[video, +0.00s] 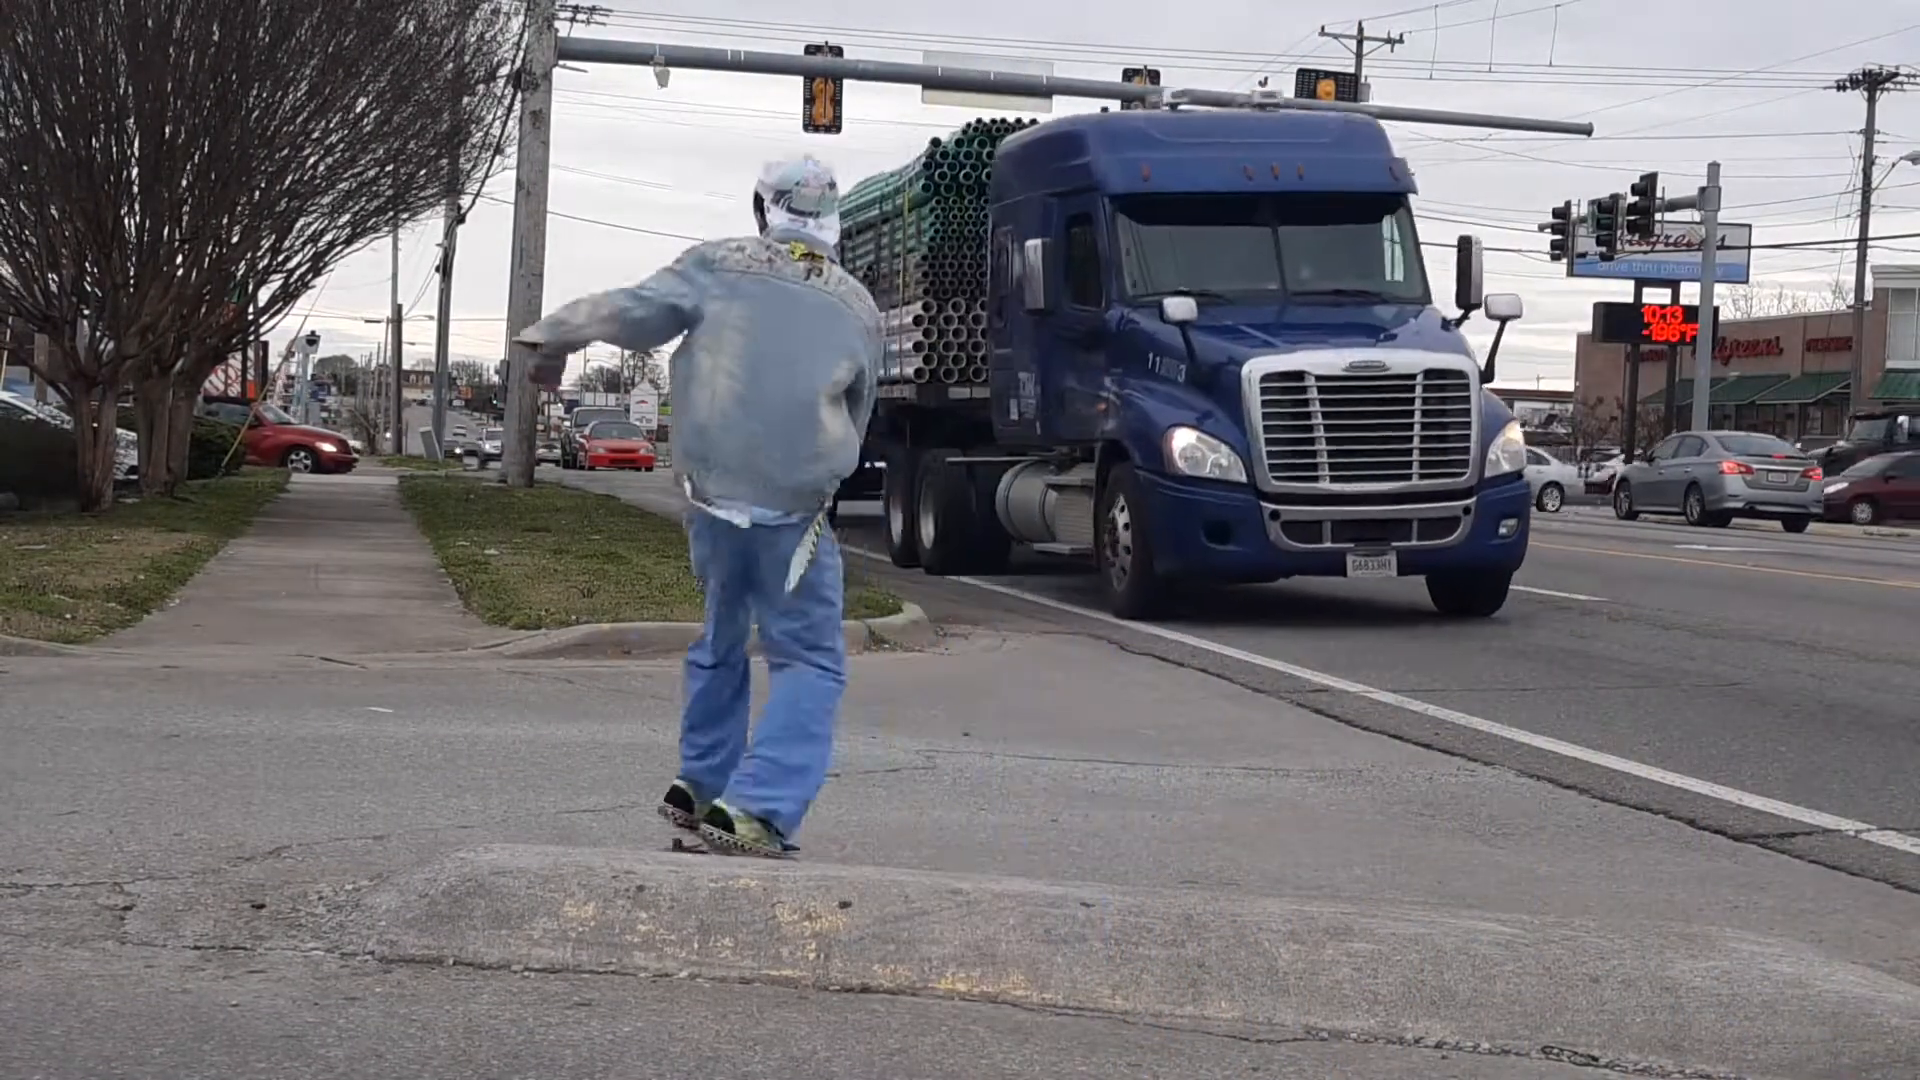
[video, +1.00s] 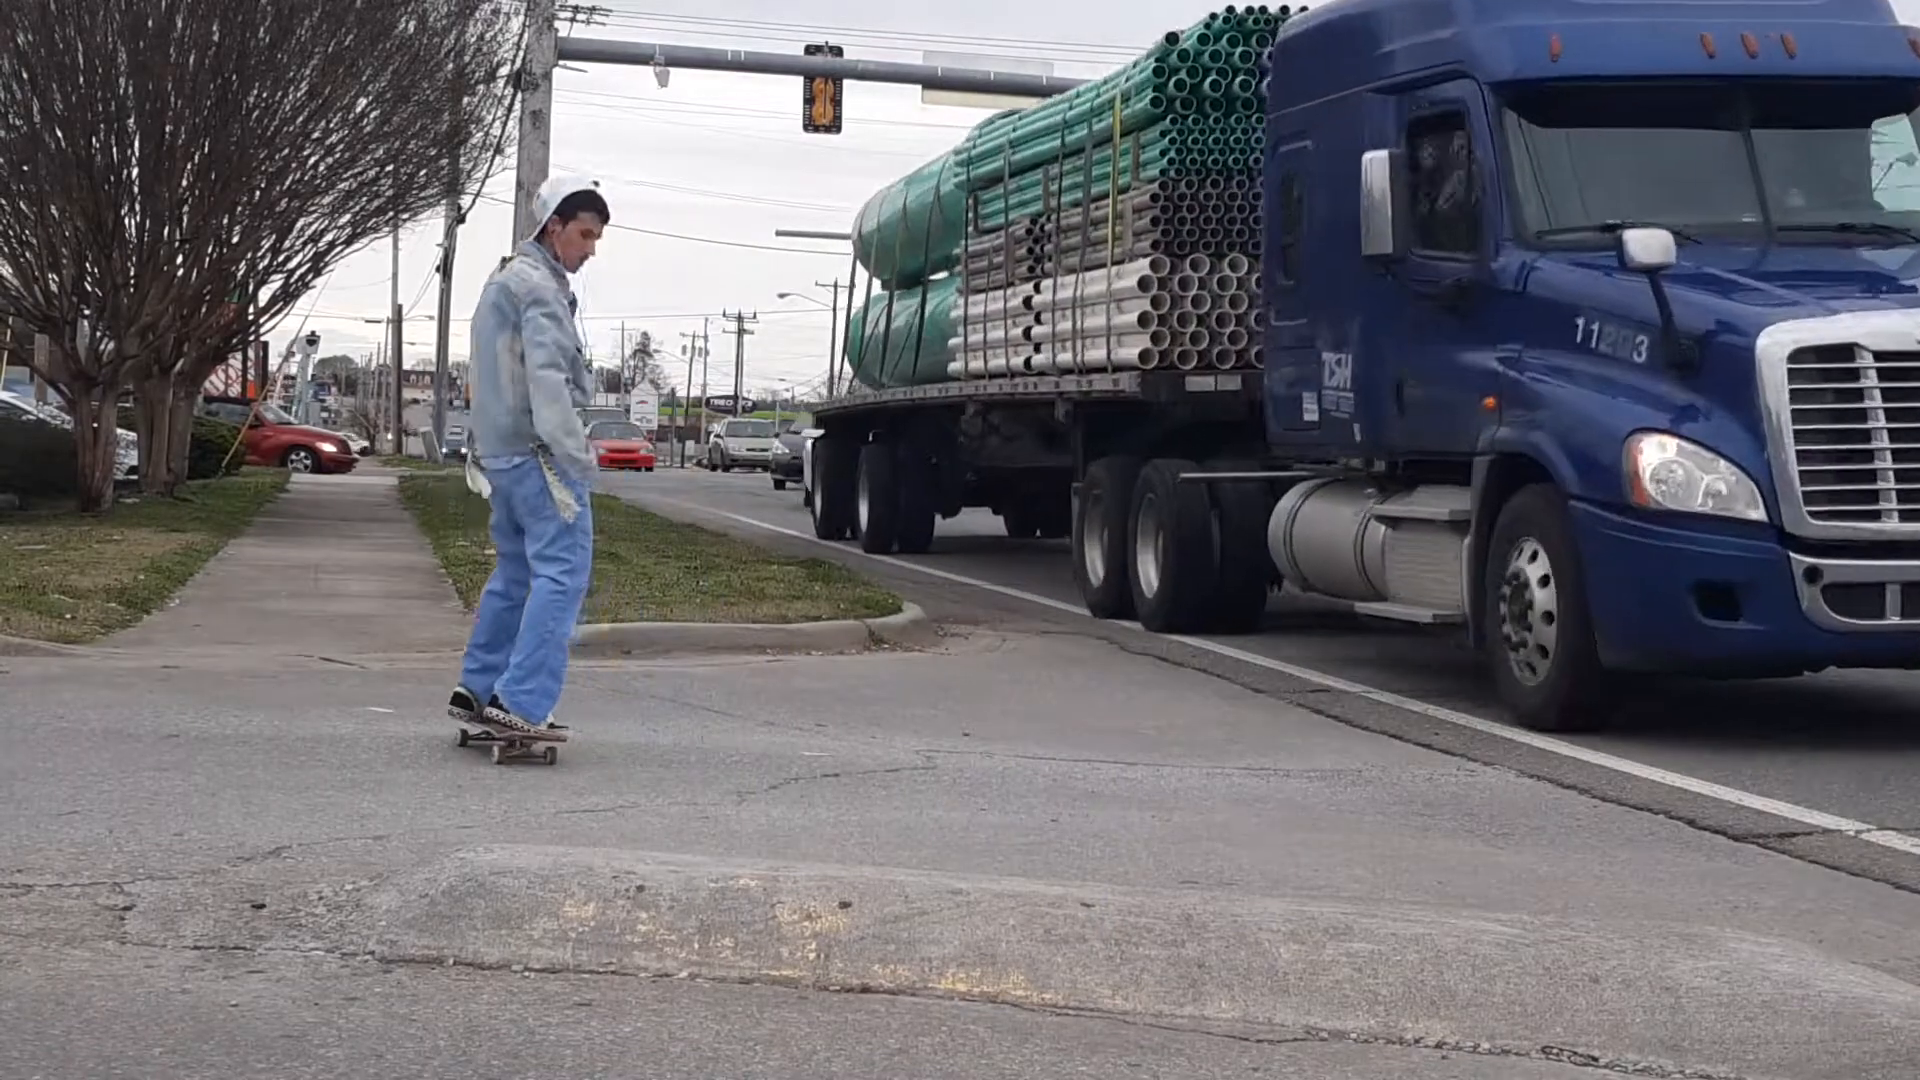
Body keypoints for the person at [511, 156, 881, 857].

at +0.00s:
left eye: (774, 208)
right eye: (825, 215)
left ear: (763, 210)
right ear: (833, 219)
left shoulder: (716, 264)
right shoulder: (859, 307)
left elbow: (628, 310)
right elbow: (856, 421)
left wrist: (548, 337)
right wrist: (811, 472)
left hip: (712, 490)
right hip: (796, 502)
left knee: (721, 641)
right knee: (811, 662)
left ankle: (700, 783)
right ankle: (757, 812)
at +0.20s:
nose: (727, 242)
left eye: (705, 227)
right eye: (750, 231)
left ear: (696, 230)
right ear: (763, 235)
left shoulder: (654, 295)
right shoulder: (783, 315)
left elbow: (616, 401)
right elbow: (783, 389)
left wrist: (615, 493)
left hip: (657, 498)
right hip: (740, 506)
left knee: (665, 629)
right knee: (740, 648)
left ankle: (646, 760)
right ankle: (685, 789)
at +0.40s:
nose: (674, 230)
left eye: (651, 216)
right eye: (685, 220)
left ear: (635, 219)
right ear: (694, 224)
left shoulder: (589, 286)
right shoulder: (719, 300)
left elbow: (583, 386)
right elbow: (728, 392)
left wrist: (631, 454)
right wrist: (690, 457)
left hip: (612, 480)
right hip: (686, 483)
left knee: (622, 612)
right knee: (685, 622)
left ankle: (606, 743)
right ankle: (649, 764)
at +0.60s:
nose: (662, 243)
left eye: (663, 232)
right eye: (663, 232)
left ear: (602, 219)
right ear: (650, 225)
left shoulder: (539, 283)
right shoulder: (652, 285)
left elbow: (509, 381)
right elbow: (707, 390)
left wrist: (519, 462)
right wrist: (766, 456)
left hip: (558, 467)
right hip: (620, 469)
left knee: (580, 591)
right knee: (652, 592)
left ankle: (565, 724)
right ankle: (621, 743)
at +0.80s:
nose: (633, 252)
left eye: (637, 240)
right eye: (630, 237)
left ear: (588, 228)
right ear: (599, 225)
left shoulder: (513, 286)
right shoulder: (594, 286)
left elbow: (475, 384)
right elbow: (655, 365)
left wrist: (449, 460)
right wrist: (736, 407)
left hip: (526, 465)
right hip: (581, 462)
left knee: (545, 581)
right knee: (605, 584)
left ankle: (518, 704)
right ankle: (568, 724)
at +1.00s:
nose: (592, 250)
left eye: (596, 238)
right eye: (587, 235)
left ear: (552, 230)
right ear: (554, 226)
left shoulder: (505, 281)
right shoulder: (542, 288)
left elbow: (487, 378)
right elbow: (548, 389)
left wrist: (485, 450)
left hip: (498, 454)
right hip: (531, 455)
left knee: (516, 567)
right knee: (563, 571)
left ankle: (479, 686)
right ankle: (522, 703)